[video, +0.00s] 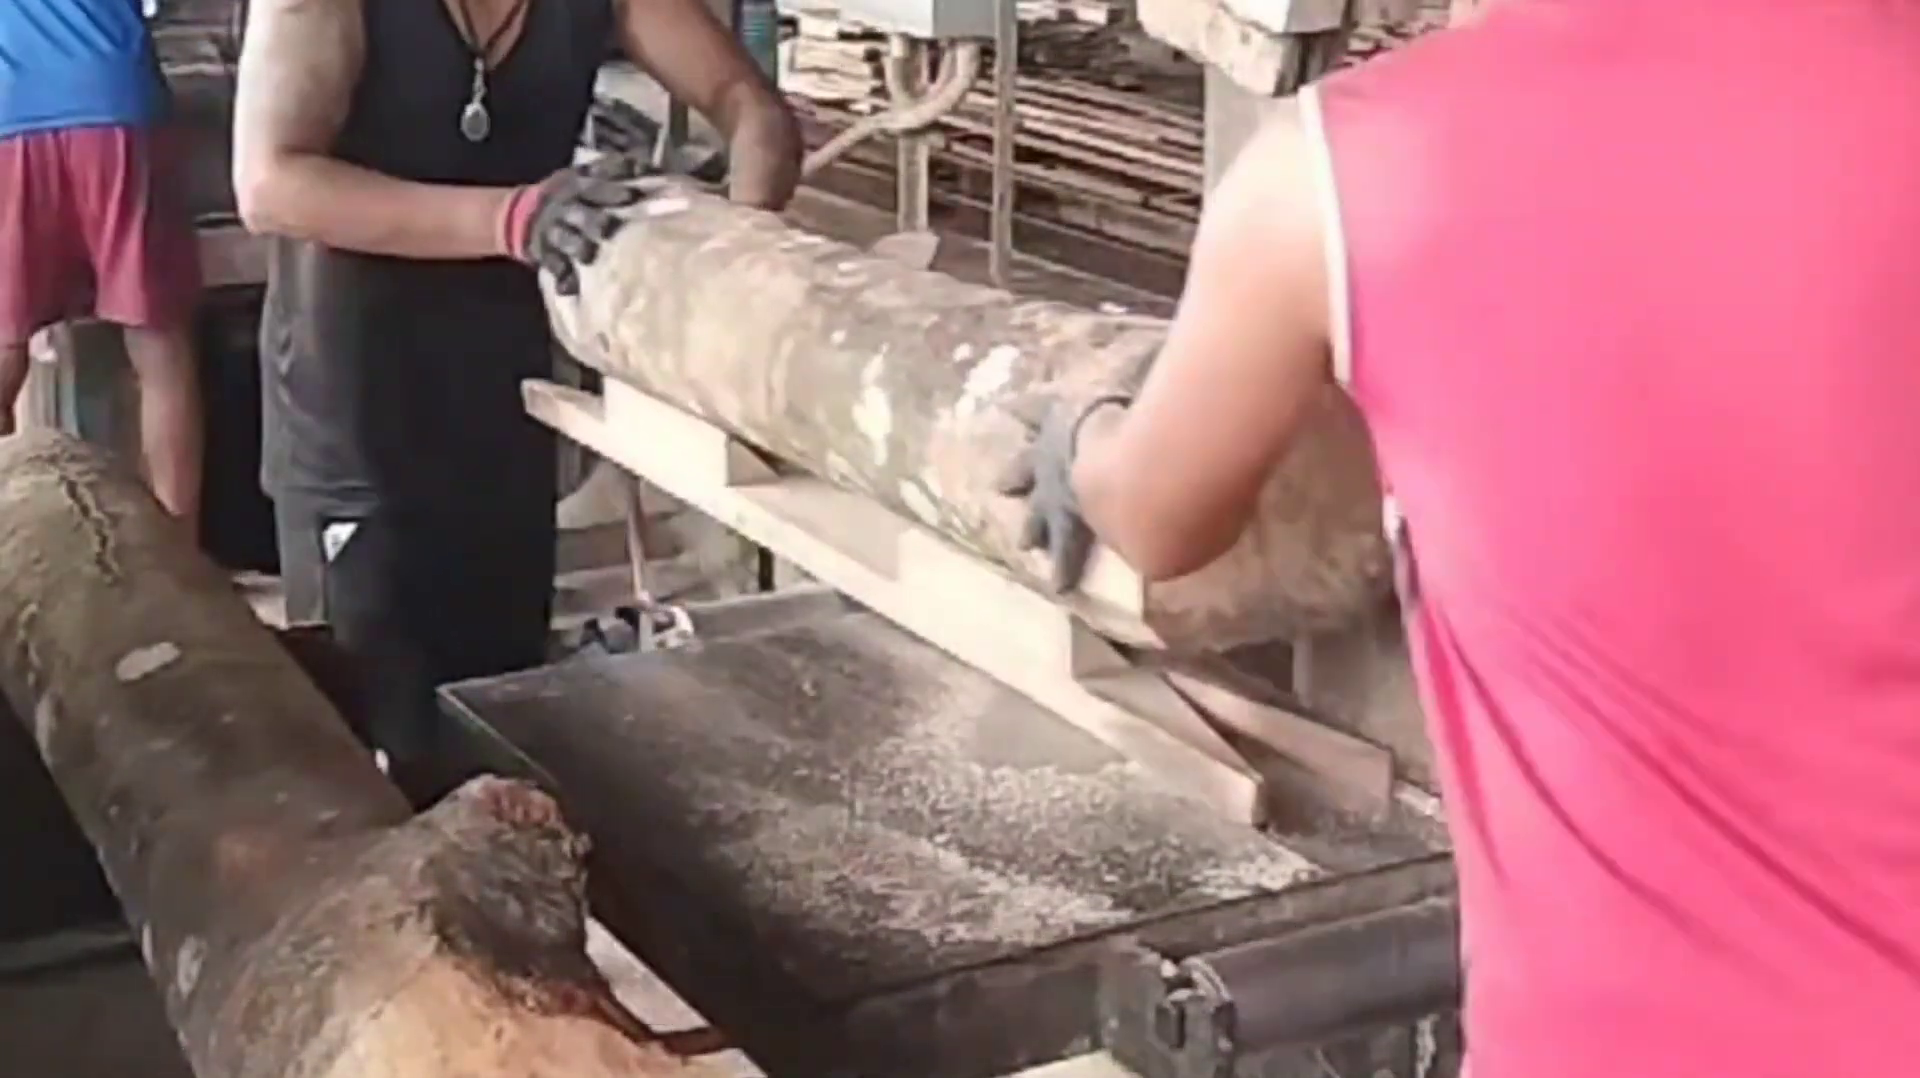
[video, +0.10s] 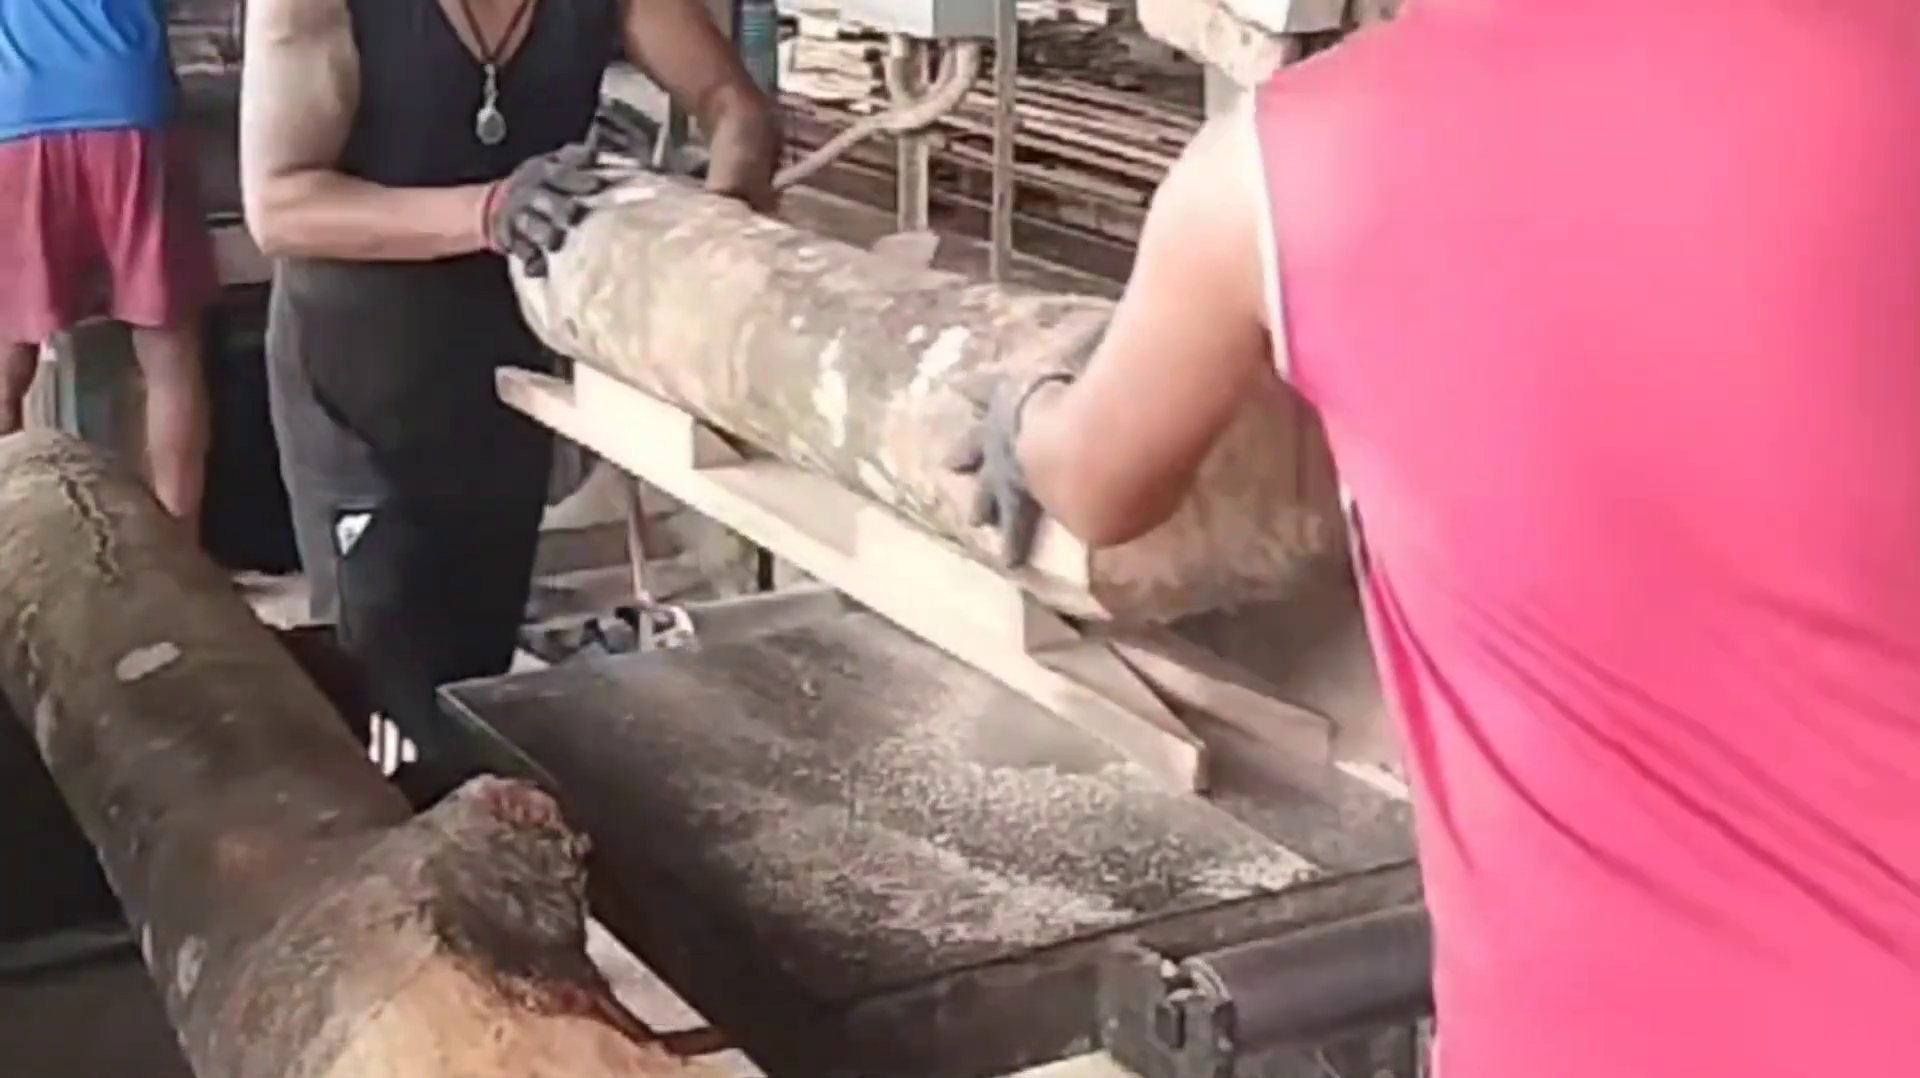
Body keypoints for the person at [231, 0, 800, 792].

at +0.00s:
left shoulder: (601, 6)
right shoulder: (321, 10)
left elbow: (757, 108)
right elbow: (271, 185)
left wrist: (738, 250)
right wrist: (509, 218)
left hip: (506, 436)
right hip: (354, 442)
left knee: (507, 741)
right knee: (389, 761)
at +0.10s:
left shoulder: (606, 6)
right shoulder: (313, 11)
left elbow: (738, 105)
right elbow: (280, 209)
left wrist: (715, 233)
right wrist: (486, 210)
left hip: (511, 387)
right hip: (359, 395)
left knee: (477, 689)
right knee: (395, 707)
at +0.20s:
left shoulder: (613, 8)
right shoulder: (314, 12)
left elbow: (722, 118)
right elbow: (281, 209)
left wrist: (675, 242)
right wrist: (475, 207)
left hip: (525, 383)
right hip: (368, 390)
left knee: (492, 670)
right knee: (403, 678)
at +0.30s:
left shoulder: (621, 7)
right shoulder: (324, 13)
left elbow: (722, 126)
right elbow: (285, 212)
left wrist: (682, 224)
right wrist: (472, 210)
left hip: (544, 385)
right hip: (391, 397)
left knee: (504, 681)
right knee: (446, 696)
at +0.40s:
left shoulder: (628, 9)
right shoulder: (336, 21)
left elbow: (736, 128)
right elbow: (307, 240)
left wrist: (693, 222)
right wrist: (496, 221)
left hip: (546, 400)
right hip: (398, 418)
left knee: (504, 691)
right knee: (452, 726)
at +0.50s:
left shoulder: (637, 13)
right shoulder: (351, 48)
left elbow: (741, 134)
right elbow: (347, 302)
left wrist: (729, 269)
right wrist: (535, 243)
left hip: (556, 426)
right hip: (409, 447)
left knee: (520, 702)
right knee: (465, 735)